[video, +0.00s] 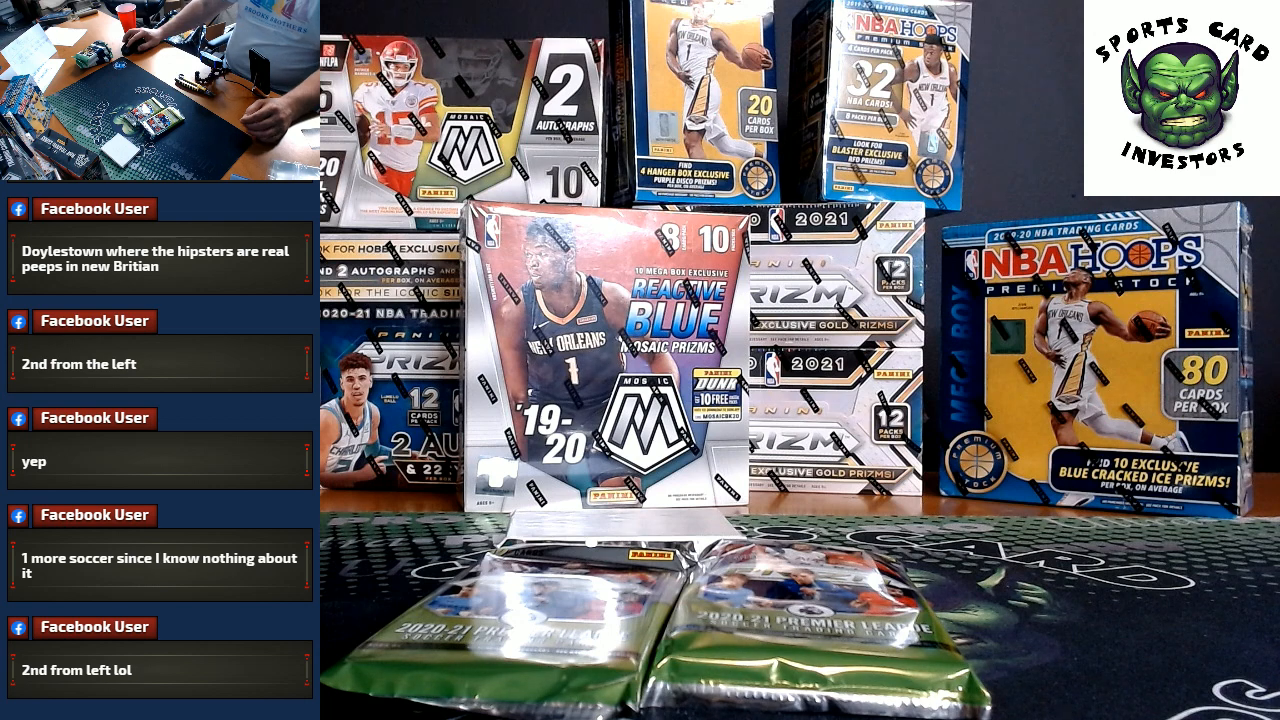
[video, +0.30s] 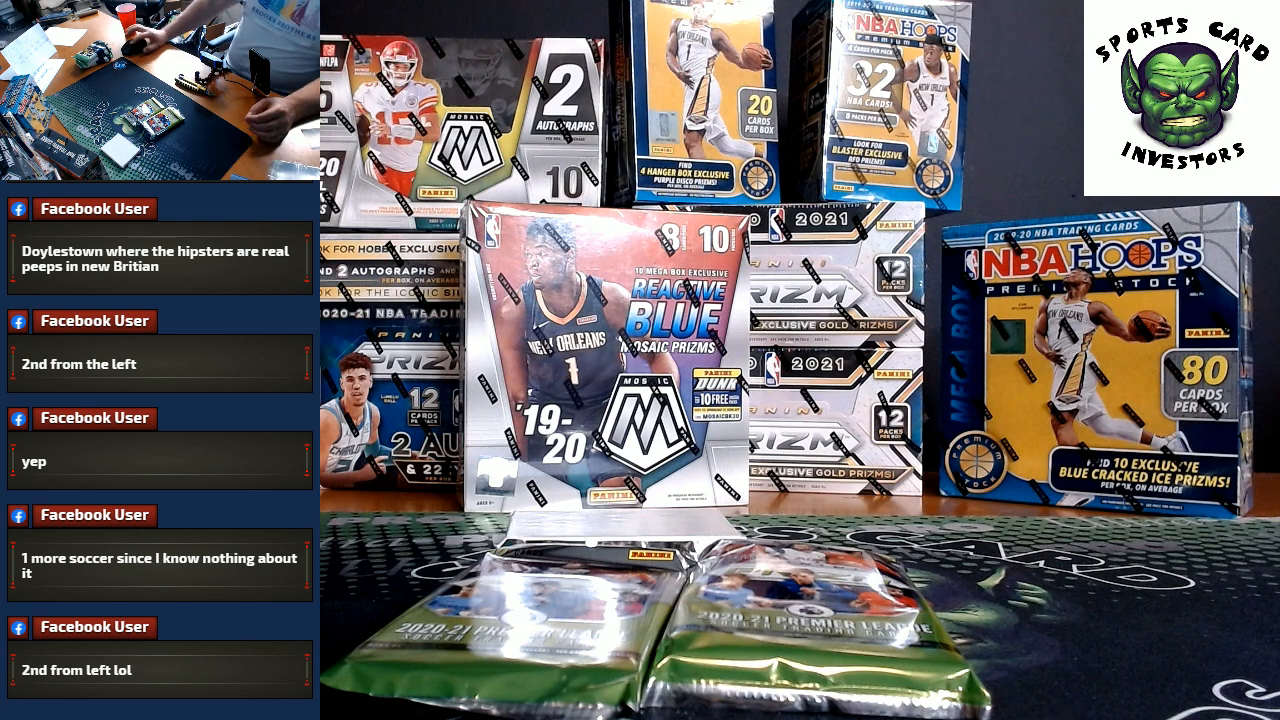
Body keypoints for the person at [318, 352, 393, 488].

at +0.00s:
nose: (356, 385)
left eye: (362, 378)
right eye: (350, 379)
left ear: (370, 382)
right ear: (341, 383)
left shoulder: (372, 413)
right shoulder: (325, 419)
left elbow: (373, 450)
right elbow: (316, 477)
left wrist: (406, 456)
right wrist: (360, 475)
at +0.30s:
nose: (356, 385)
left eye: (362, 378)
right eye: (350, 379)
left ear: (370, 382)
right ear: (341, 383)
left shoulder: (372, 413)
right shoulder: (325, 419)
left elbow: (373, 450)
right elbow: (317, 477)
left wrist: (406, 456)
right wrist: (360, 475)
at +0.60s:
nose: (356, 385)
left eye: (362, 378)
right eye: (350, 379)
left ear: (370, 382)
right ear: (341, 383)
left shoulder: (372, 413)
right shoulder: (325, 419)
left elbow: (373, 450)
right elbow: (316, 477)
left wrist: (406, 456)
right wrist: (360, 475)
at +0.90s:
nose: (356, 385)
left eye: (362, 378)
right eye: (350, 379)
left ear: (370, 382)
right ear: (341, 383)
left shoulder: (372, 413)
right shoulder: (325, 419)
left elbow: (373, 450)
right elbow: (316, 477)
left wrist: (406, 456)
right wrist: (360, 475)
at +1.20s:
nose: (356, 385)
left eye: (362, 378)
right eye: (350, 379)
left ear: (370, 382)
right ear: (341, 383)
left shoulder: (372, 413)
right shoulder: (325, 419)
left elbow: (373, 450)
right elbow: (316, 477)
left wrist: (406, 456)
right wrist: (360, 475)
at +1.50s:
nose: (356, 385)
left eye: (362, 378)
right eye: (350, 379)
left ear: (370, 382)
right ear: (341, 383)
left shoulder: (372, 413)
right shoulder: (325, 419)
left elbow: (373, 450)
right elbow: (316, 477)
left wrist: (406, 456)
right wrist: (360, 475)